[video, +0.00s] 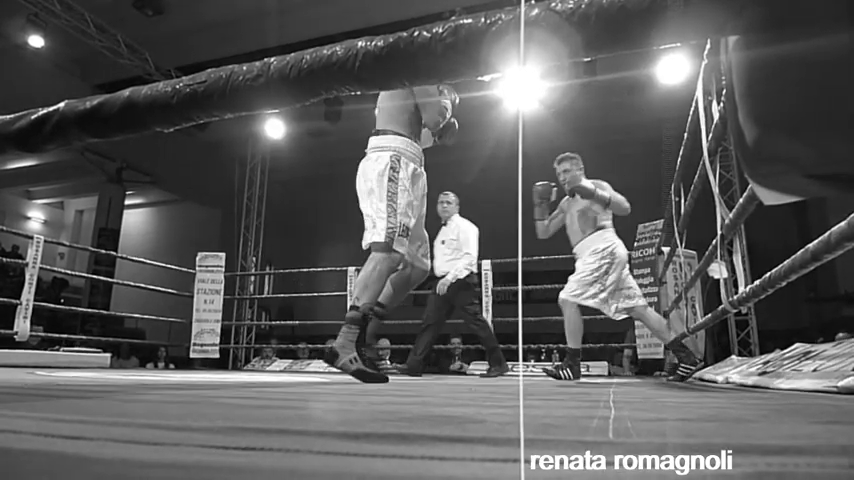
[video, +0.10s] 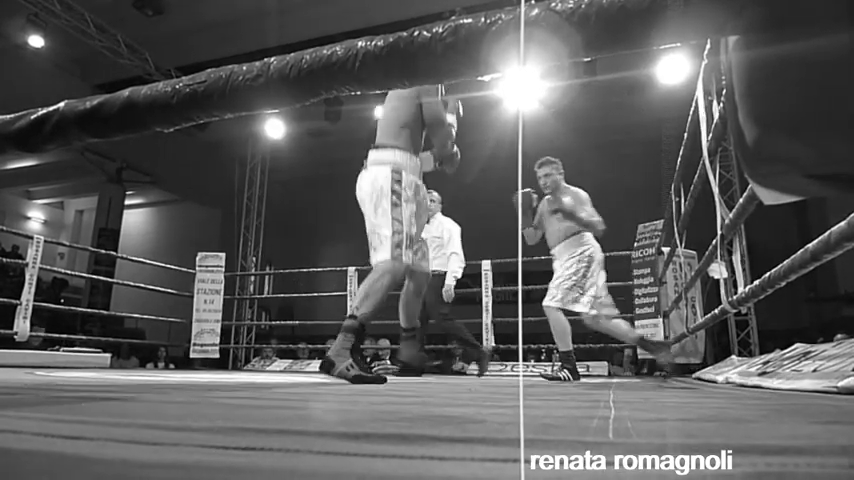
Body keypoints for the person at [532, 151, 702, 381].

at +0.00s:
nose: (564, 177)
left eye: (568, 171)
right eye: (560, 173)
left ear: (580, 170)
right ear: (558, 177)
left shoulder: (597, 186)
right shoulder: (566, 204)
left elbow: (625, 208)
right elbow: (543, 232)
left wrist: (593, 194)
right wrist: (540, 204)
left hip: (605, 248)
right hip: (591, 255)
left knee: (568, 299)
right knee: (639, 309)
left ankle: (572, 366)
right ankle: (686, 357)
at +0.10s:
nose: (545, 181)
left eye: (549, 175)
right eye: (541, 177)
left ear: (561, 175)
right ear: (538, 180)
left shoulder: (575, 195)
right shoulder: (543, 205)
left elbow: (599, 227)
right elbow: (532, 238)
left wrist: (569, 211)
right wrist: (524, 211)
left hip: (582, 252)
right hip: (564, 259)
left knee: (551, 306)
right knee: (593, 318)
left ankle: (568, 368)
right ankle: (651, 345)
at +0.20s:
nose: (532, 179)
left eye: (536, 173)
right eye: (528, 175)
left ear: (548, 173)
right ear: (525, 179)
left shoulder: (561, 193)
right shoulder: (532, 202)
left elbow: (574, 225)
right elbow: (528, 240)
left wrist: (540, 215)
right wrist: (514, 215)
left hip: (568, 253)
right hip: (549, 258)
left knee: (548, 307)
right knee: (565, 318)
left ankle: (568, 366)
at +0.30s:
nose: (511, 181)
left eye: (514, 176)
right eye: (507, 178)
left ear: (526, 174)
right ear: (505, 180)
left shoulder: (538, 192)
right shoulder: (512, 201)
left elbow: (545, 223)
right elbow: (514, 244)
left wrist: (518, 209)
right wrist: (498, 221)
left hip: (548, 252)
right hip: (526, 257)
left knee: (541, 305)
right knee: (510, 308)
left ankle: (567, 364)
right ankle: (532, 361)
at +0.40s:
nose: (499, 191)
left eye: (503, 185)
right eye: (495, 188)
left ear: (515, 185)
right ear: (492, 192)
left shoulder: (525, 200)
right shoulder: (497, 216)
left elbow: (529, 230)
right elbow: (495, 252)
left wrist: (505, 209)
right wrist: (482, 229)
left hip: (533, 258)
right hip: (510, 265)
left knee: (530, 309)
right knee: (490, 310)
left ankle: (564, 364)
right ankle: (489, 363)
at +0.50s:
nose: (488, 196)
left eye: (492, 191)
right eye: (484, 192)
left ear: (502, 192)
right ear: (479, 196)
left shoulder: (512, 207)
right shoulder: (481, 221)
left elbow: (519, 234)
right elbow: (475, 257)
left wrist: (499, 210)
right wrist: (465, 230)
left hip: (514, 266)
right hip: (489, 271)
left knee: (527, 315)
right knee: (469, 317)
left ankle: (560, 361)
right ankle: (477, 364)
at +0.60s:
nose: (465, 195)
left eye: (471, 191)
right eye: (462, 190)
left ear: (481, 193)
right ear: (457, 194)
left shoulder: (488, 212)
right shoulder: (456, 218)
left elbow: (507, 240)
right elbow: (444, 240)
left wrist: (490, 221)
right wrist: (446, 217)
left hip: (488, 267)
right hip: (463, 270)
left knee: (502, 312)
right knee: (457, 321)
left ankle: (528, 359)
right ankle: (477, 365)